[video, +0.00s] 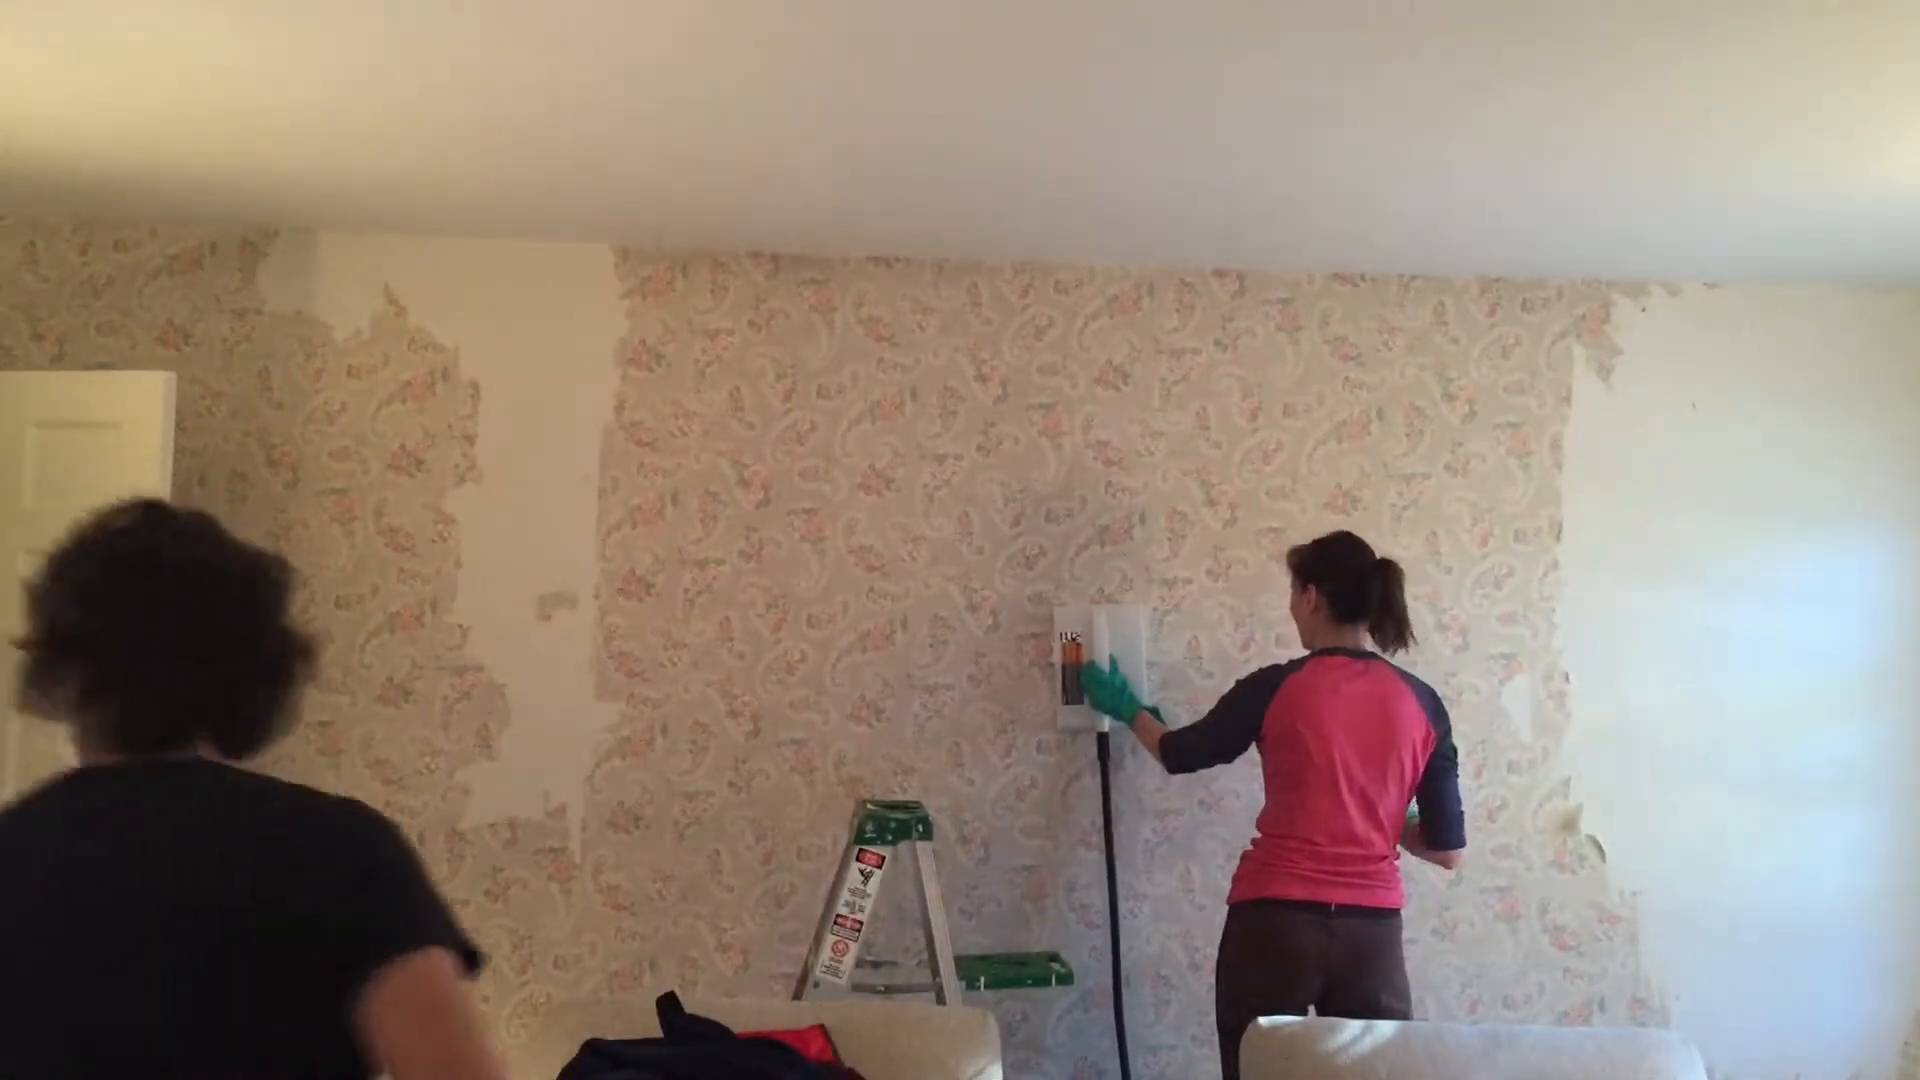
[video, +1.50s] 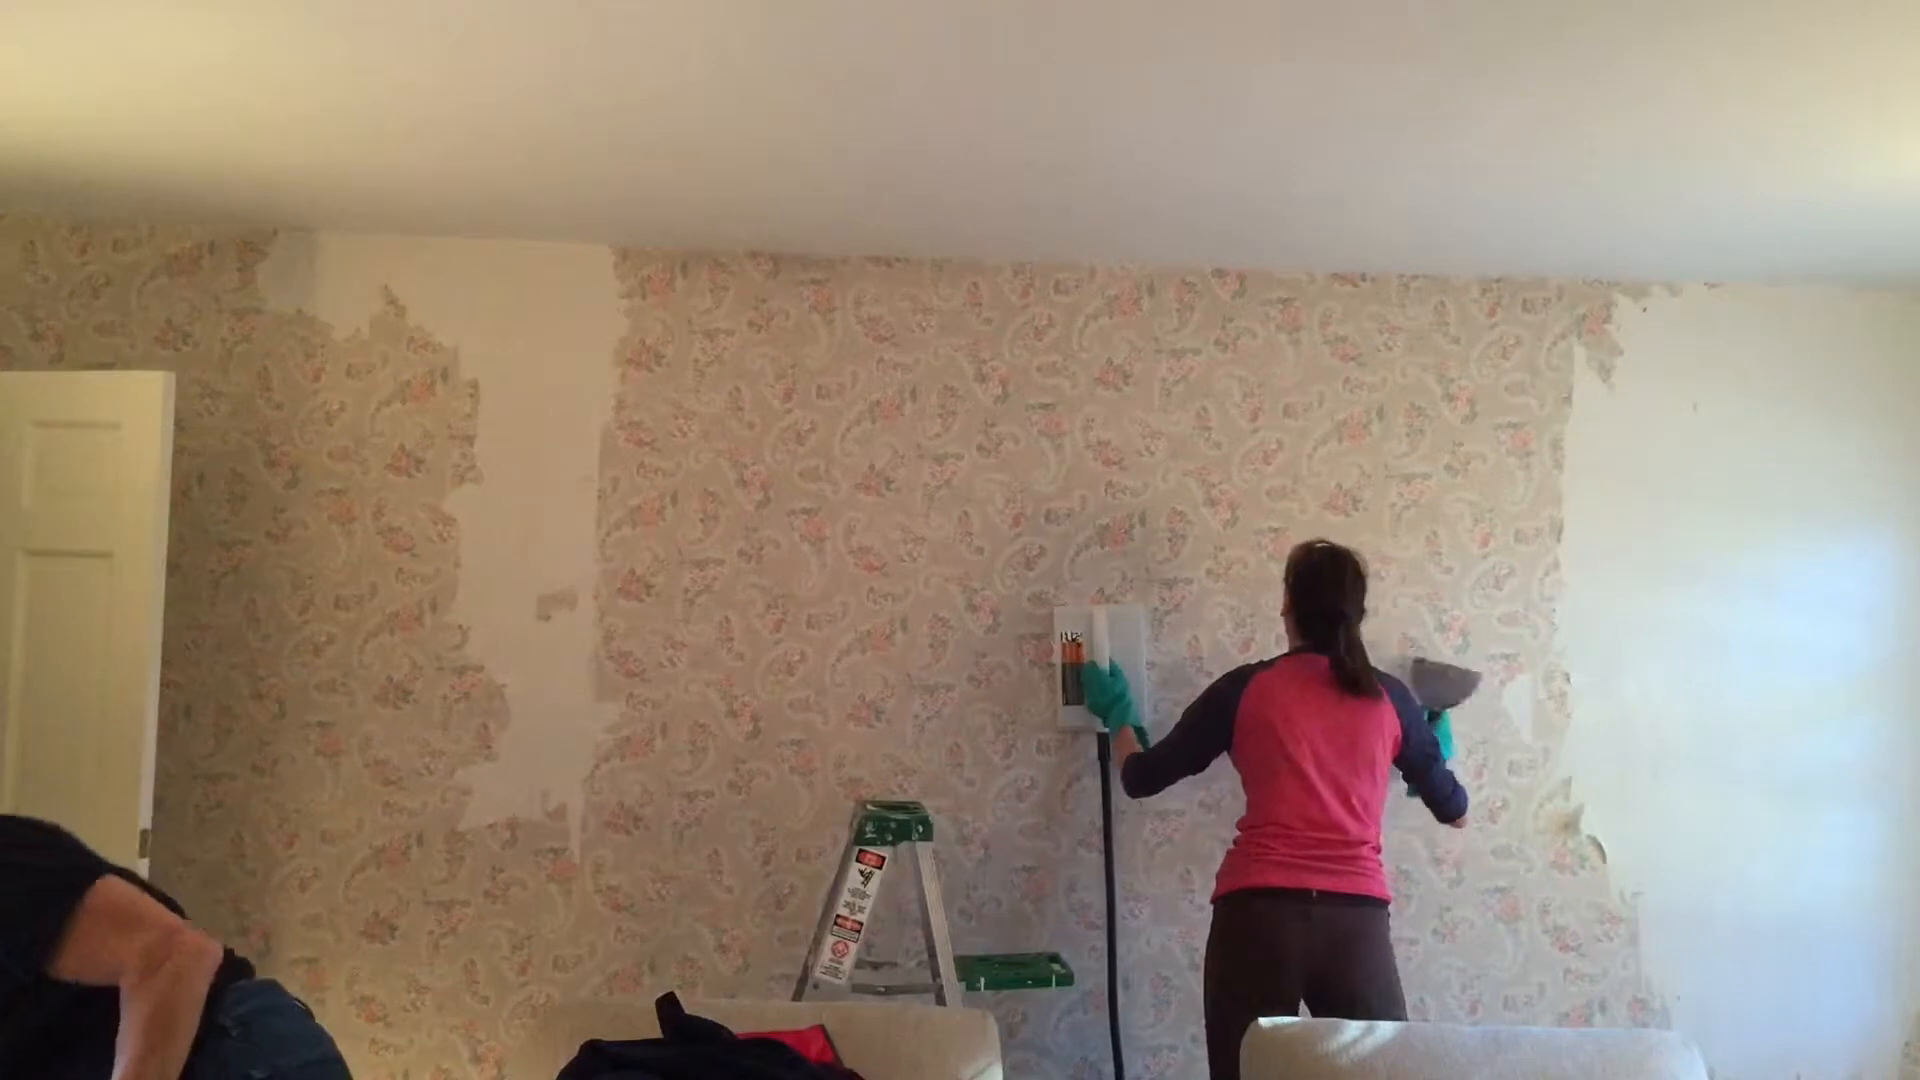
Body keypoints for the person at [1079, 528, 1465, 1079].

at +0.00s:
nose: (1291, 606)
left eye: (1294, 590)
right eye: (1293, 590)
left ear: (1313, 596)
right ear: (1370, 598)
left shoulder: (1275, 685)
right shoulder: (1425, 704)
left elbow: (1177, 753)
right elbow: (1446, 848)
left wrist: (1128, 709)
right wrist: (1378, 815)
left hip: (1270, 933)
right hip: (1371, 940)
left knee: (1254, 1073)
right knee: (1380, 1076)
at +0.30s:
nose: (1294, 604)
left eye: (1298, 589)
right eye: (1296, 589)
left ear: (1320, 599)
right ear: (1378, 603)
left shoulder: (1277, 685)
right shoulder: (1427, 705)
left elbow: (1178, 752)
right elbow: (1451, 850)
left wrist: (1125, 710)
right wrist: (1377, 828)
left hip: (1268, 932)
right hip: (1370, 940)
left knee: (1253, 1073)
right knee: (1378, 1076)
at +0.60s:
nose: (1296, 599)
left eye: (1300, 586)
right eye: (1299, 585)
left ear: (1320, 601)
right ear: (1380, 603)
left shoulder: (1277, 686)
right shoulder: (1428, 706)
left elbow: (1175, 755)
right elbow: (1451, 852)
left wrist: (1125, 711)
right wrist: (1377, 830)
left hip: (1268, 933)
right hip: (1371, 941)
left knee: (1253, 1073)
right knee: (1378, 1076)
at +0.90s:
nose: (1294, 598)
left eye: (1298, 586)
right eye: (1298, 585)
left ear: (1318, 605)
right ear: (1378, 604)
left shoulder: (1272, 687)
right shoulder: (1424, 705)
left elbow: (1172, 757)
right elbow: (1446, 851)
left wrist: (1125, 711)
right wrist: (1373, 830)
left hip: (1264, 932)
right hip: (1366, 940)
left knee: (1249, 1074)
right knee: (1379, 1076)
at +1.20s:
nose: (1296, 597)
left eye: (1298, 587)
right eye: (1302, 586)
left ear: (1303, 599)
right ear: (1376, 605)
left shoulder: (1257, 686)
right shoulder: (1409, 703)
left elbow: (1159, 768)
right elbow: (1437, 844)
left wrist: (1124, 713)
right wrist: (1392, 812)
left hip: (1259, 930)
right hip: (1361, 936)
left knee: (1247, 1075)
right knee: (1382, 1076)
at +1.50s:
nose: (1282, 600)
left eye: (1284, 592)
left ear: (1288, 604)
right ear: (1358, 609)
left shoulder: (1243, 688)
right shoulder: (1391, 698)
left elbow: (1137, 779)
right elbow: (1453, 809)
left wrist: (1119, 717)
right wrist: (1438, 749)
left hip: (1253, 925)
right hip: (1355, 930)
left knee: (1240, 1074)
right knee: (1382, 1075)